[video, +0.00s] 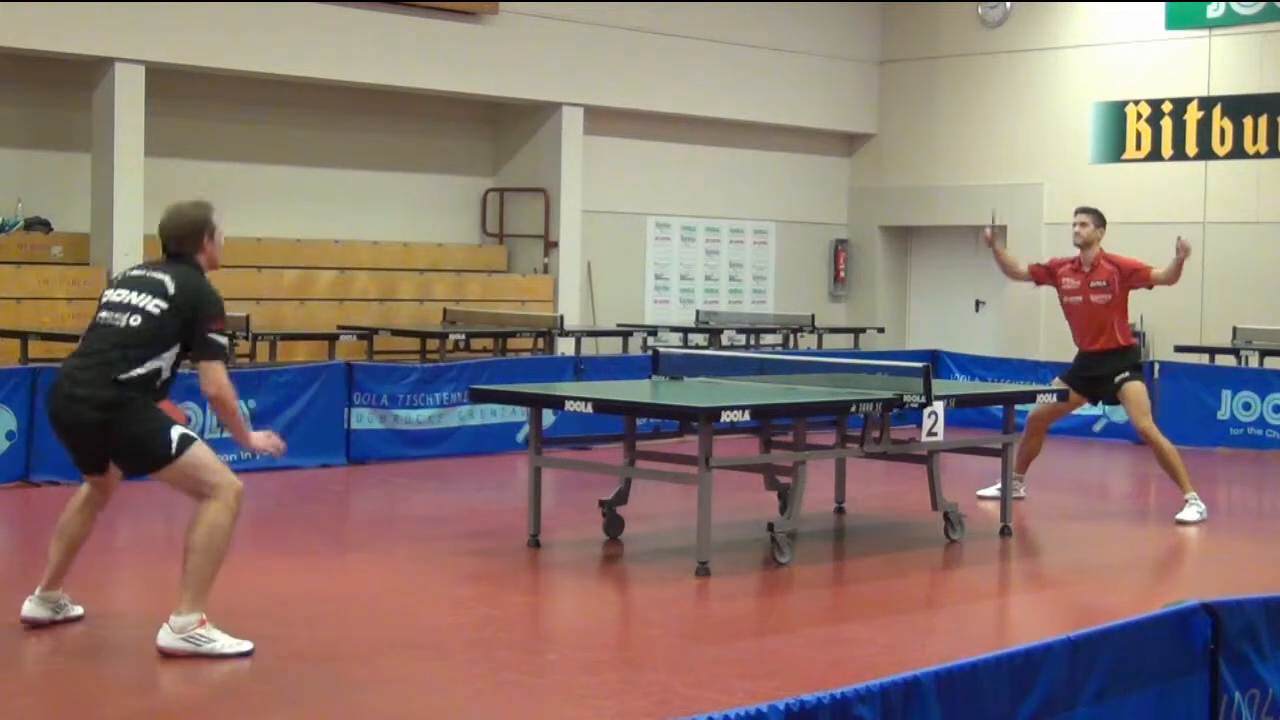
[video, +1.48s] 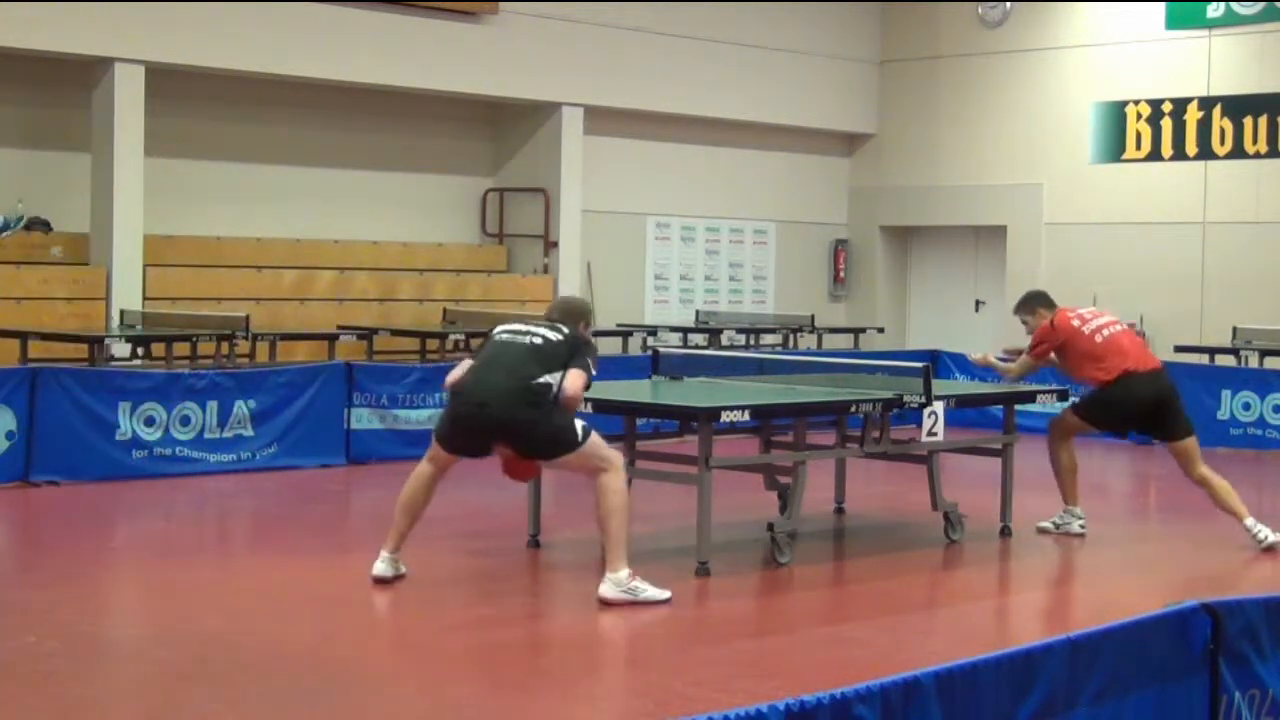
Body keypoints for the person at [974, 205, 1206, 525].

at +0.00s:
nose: (1076, 230)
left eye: (1083, 225)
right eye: (1074, 225)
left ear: (1100, 231)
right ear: (1072, 231)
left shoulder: (1118, 267)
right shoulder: (1060, 268)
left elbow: (1166, 277)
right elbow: (1017, 272)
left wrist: (1179, 260)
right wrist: (996, 248)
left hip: (1122, 360)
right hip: (1086, 362)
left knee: (1144, 426)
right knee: (1037, 418)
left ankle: (1192, 499)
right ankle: (1014, 482)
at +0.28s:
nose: (1075, 226)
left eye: (1082, 221)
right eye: (1075, 221)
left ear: (1101, 225)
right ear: (1080, 228)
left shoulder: (1125, 267)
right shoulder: (1071, 269)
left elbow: (1141, 309)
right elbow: (1048, 310)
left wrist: (1145, 332)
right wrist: (1018, 290)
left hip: (1112, 357)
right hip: (1075, 357)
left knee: (1142, 427)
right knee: (1043, 422)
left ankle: (1192, 499)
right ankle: (1016, 482)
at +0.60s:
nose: (1073, 231)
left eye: (1079, 226)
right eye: (1073, 226)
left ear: (1098, 229)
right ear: (1087, 230)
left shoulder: (1121, 269)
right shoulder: (1072, 272)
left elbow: (1120, 323)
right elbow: (1061, 319)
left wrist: (1079, 352)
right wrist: (1051, 361)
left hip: (1104, 356)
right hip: (1070, 356)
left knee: (1138, 426)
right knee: (1043, 422)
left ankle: (1191, 498)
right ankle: (1016, 481)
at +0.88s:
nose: (1075, 231)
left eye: (1081, 225)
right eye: (1073, 226)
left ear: (1098, 229)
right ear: (1071, 231)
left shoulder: (1116, 269)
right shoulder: (1066, 273)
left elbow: (1112, 323)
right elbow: (1061, 320)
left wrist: (1086, 363)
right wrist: (1048, 361)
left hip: (1105, 357)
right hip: (1069, 357)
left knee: (1138, 426)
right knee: (1036, 422)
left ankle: (1191, 498)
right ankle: (1015, 481)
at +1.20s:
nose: (1032, 296)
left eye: (1030, 288)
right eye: (1028, 291)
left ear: (1041, 277)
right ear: (1053, 271)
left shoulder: (1055, 293)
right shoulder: (1092, 276)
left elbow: (1031, 353)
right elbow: (1097, 317)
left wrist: (1007, 373)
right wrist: (1064, 335)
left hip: (1121, 359)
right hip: (1159, 351)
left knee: (1073, 427)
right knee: (1186, 441)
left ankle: (1073, 514)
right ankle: (1229, 514)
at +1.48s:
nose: (1028, 330)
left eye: (1028, 323)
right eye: (1025, 325)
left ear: (1040, 314)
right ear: (1053, 307)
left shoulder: (1051, 329)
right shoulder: (1086, 313)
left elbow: (1013, 373)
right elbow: (1068, 359)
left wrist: (991, 362)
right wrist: (1027, 355)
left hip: (1122, 391)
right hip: (1161, 382)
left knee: (1059, 430)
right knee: (1198, 469)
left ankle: (1072, 515)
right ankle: (1255, 527)